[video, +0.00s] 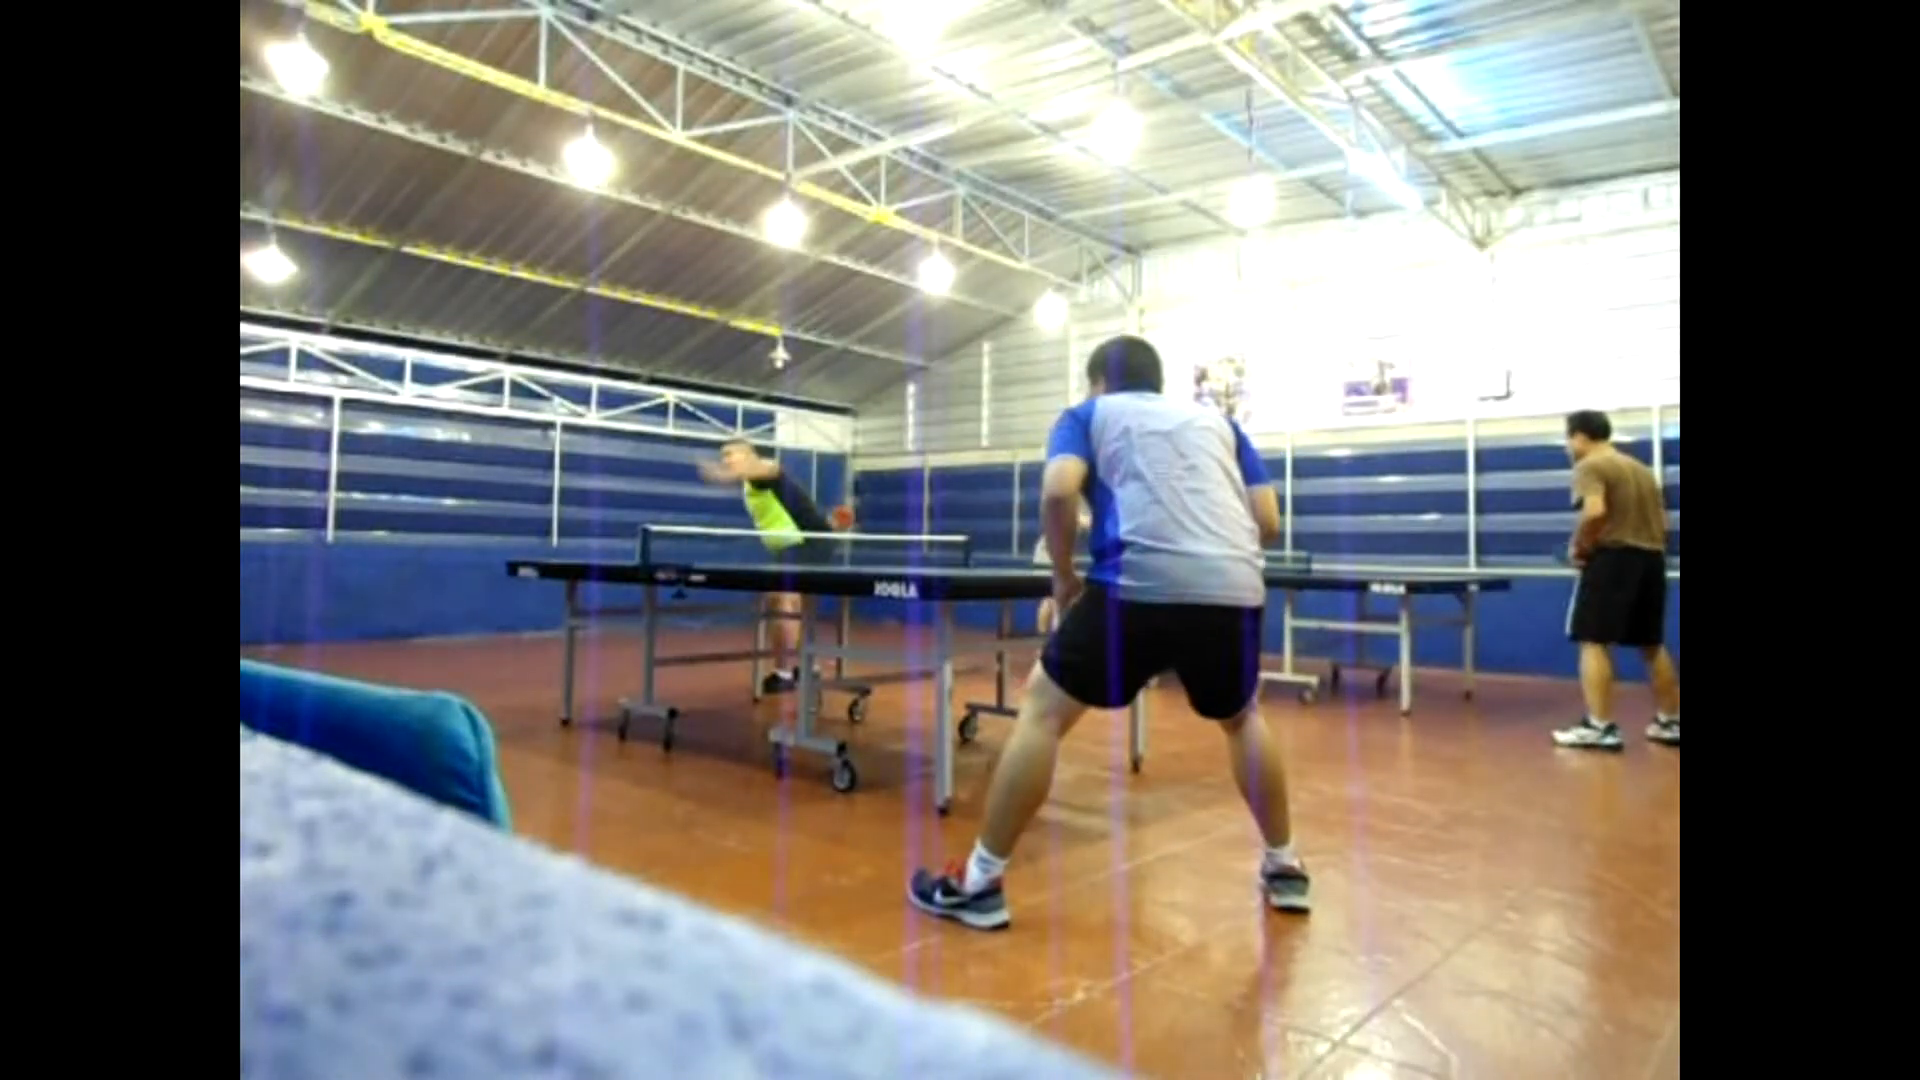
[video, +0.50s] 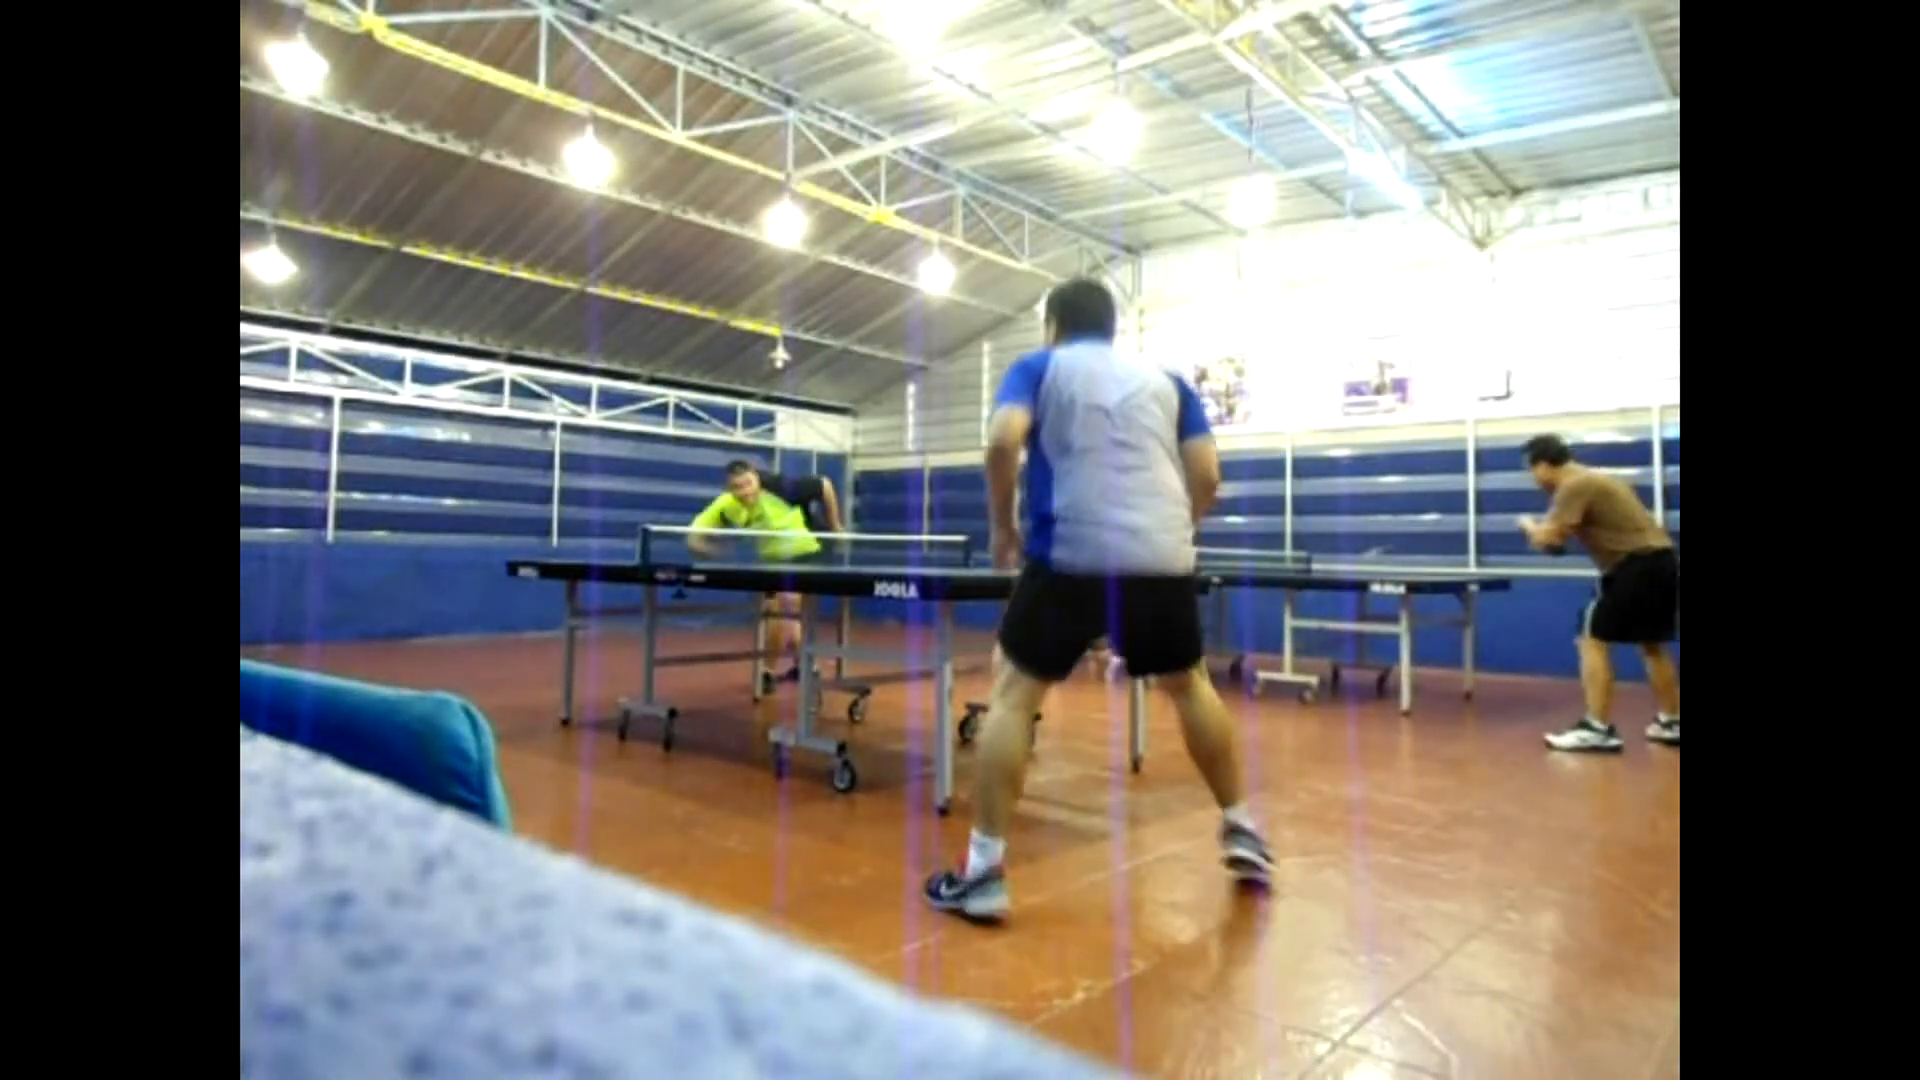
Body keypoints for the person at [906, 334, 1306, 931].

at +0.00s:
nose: (1087, 396)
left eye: (1088, 387)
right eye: (1089, 389)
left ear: (1101, 383)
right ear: (1159, 383)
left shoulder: (1086, 414)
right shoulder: (1220, 423)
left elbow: (1060, 490)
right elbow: (1268, 521)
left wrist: (1065, 584)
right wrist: (1215, 552)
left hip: (1137, 589)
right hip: (1232, 594)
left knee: (1043, 718)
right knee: (1242, 719)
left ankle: (979, 883)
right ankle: (1284, 866)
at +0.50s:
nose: (1044, 336)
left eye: (1045, 327)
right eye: (1048, 328)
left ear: (1053, 327)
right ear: (1114, 329)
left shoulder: (1037, 369)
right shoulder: (1169, 384)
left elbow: (1004, 439)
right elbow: (1207, 481)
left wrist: (1003, 528)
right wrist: (1167, 532)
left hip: (1070, 564)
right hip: (1164, 566)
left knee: (1014, 701)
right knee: (1190, 686)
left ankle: (982, 868)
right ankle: (1238, 822)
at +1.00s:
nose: (1140, 365)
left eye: (1143, 357)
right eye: (1144, 357)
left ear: (1152, 358)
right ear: (1202, 361)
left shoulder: (1132, 404)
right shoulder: (1235, 425)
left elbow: (1079, 454)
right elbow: (1246, 501)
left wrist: (1022, 472)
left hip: (1144, 590)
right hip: (1219, 597)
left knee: (1081, 698)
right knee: (1235, 707)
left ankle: (1055, 849)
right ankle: (1268, 837)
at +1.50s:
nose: (1151, 451)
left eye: (1153, 444)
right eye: (1151, 446)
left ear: (1166, 438)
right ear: (1198, 435)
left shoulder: (1190, 446)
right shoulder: (1207, 473)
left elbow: (1187, 474)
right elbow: (1166, 529)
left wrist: (1128, 488)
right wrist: (1109, 522)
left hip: (1238, 591)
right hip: (1271, 594)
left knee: (1167, 695)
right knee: (1215, 679)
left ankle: (1221, 811)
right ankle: (1206, 772)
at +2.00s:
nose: (1216, 386)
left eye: (1220, 376)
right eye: (1217, 376)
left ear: (1240, 371)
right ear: (1269, 372)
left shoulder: (1254, 399)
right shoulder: (1297, 415)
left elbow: (1248, 448)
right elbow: (1320, 493)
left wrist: (1163, 509)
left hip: (1290, 567)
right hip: (1333, 570)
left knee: (1220, 680)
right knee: (1292, 675)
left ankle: (1296, 827)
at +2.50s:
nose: (1271, 425)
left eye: (1276, 411)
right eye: (1269, 413)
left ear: (1307, 405)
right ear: (1301, 408)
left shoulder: (1382, 428)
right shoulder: (1296, 460)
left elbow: (1343, 458)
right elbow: (1242, 524)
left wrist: (1224, 455)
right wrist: (1255, 571)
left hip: (1443, 592)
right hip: (1406, 593)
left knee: (1343, 692)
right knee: (1368, 693)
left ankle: (1347, 865)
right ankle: (1389, 809)